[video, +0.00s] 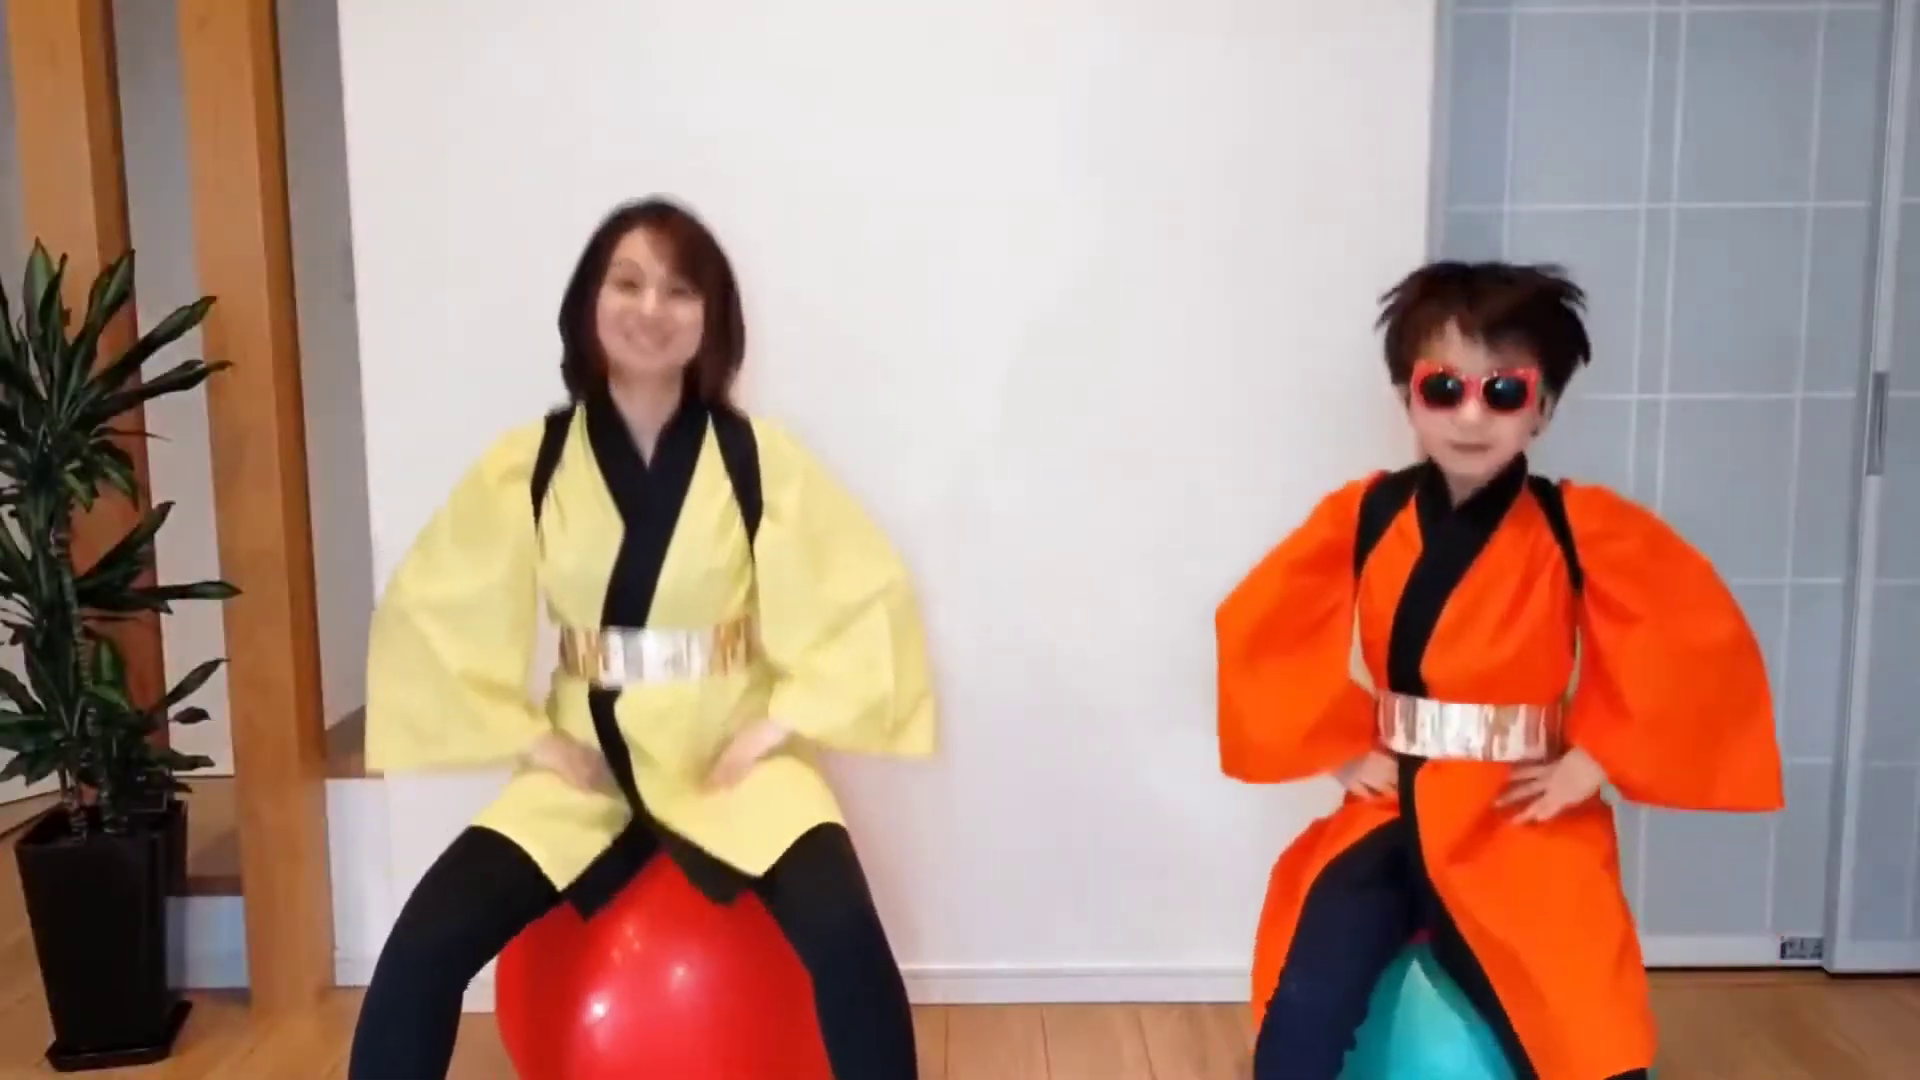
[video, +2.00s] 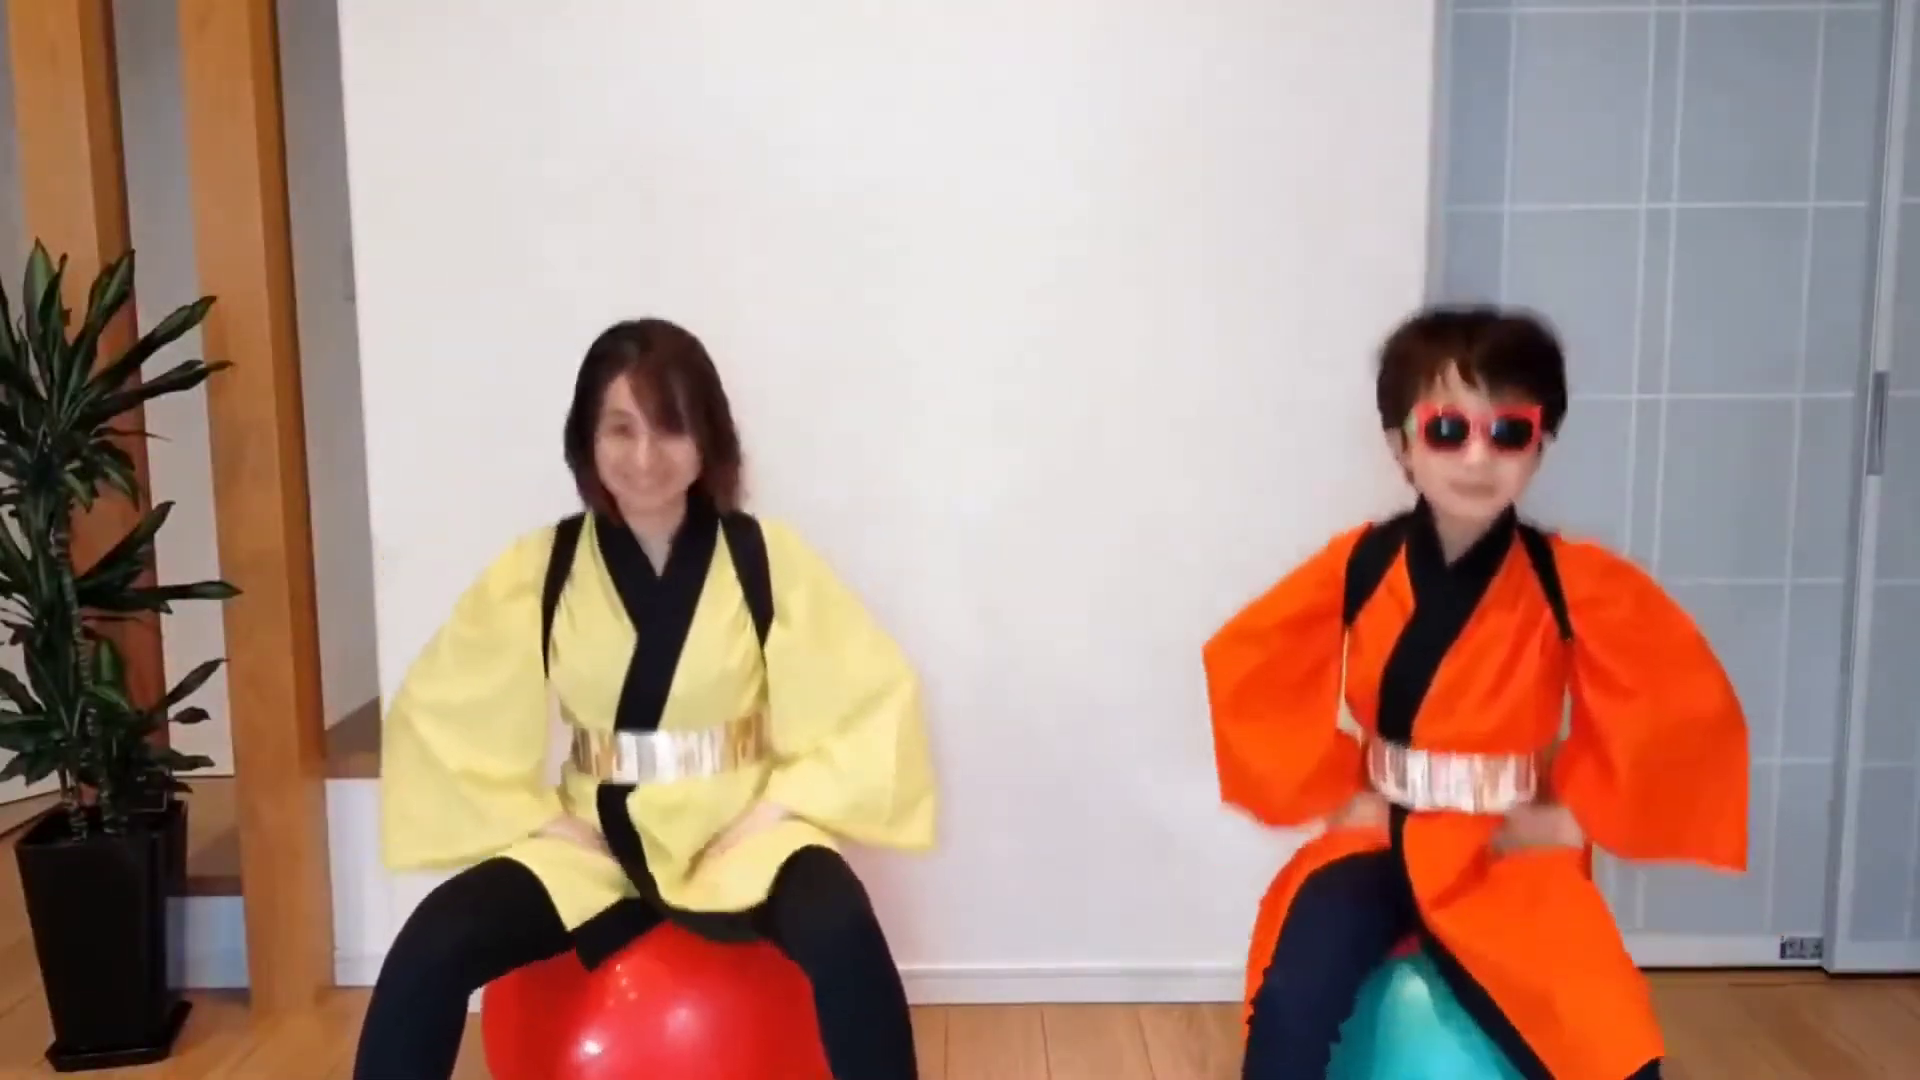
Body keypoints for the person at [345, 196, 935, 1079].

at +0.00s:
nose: (648, 309)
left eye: (677, 290)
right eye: (625, 283)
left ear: (711, 317)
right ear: (589, 303)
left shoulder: (758, 460)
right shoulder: (531, 461)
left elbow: (871, 604)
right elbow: (424, 615)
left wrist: (772, 724)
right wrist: (535, 738)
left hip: (741, 763)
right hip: (585, 767)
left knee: (847, 936)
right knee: (422, 946)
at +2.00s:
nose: (644, 454)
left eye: (669, 428)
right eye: (618, 430)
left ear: (705, 438)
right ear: (587, 442)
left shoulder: (764, 559)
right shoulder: (543, 566)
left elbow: (877, 699)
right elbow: (434, 708)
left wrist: (779, 808)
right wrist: (535, 815)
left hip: (740, 844)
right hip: (591, 850)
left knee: (836, 913)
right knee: (438, 935)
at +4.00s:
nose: (657, 288)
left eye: (686, 267)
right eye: (633, 259)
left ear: (718, 287)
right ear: (590, 272)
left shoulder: (766, 414)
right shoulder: (530, 425)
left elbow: (879, 553)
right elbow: (433, 572)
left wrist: (787, 679)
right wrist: (537, 689)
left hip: (755, 730)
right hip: (588, 739)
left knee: (855, 932)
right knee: (440, 955)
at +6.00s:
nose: (620, 361)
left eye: (635, 332)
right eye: (586, 344)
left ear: (669, 340)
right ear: (545, 372)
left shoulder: (746, 453)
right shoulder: (541, 505)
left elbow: (894, 536)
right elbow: (567, 643)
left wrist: (899, 669)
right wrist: (533, 734)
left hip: (775, 767)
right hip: (631, 783)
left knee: (871, 955)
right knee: (484, 905)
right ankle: (513, 1078)